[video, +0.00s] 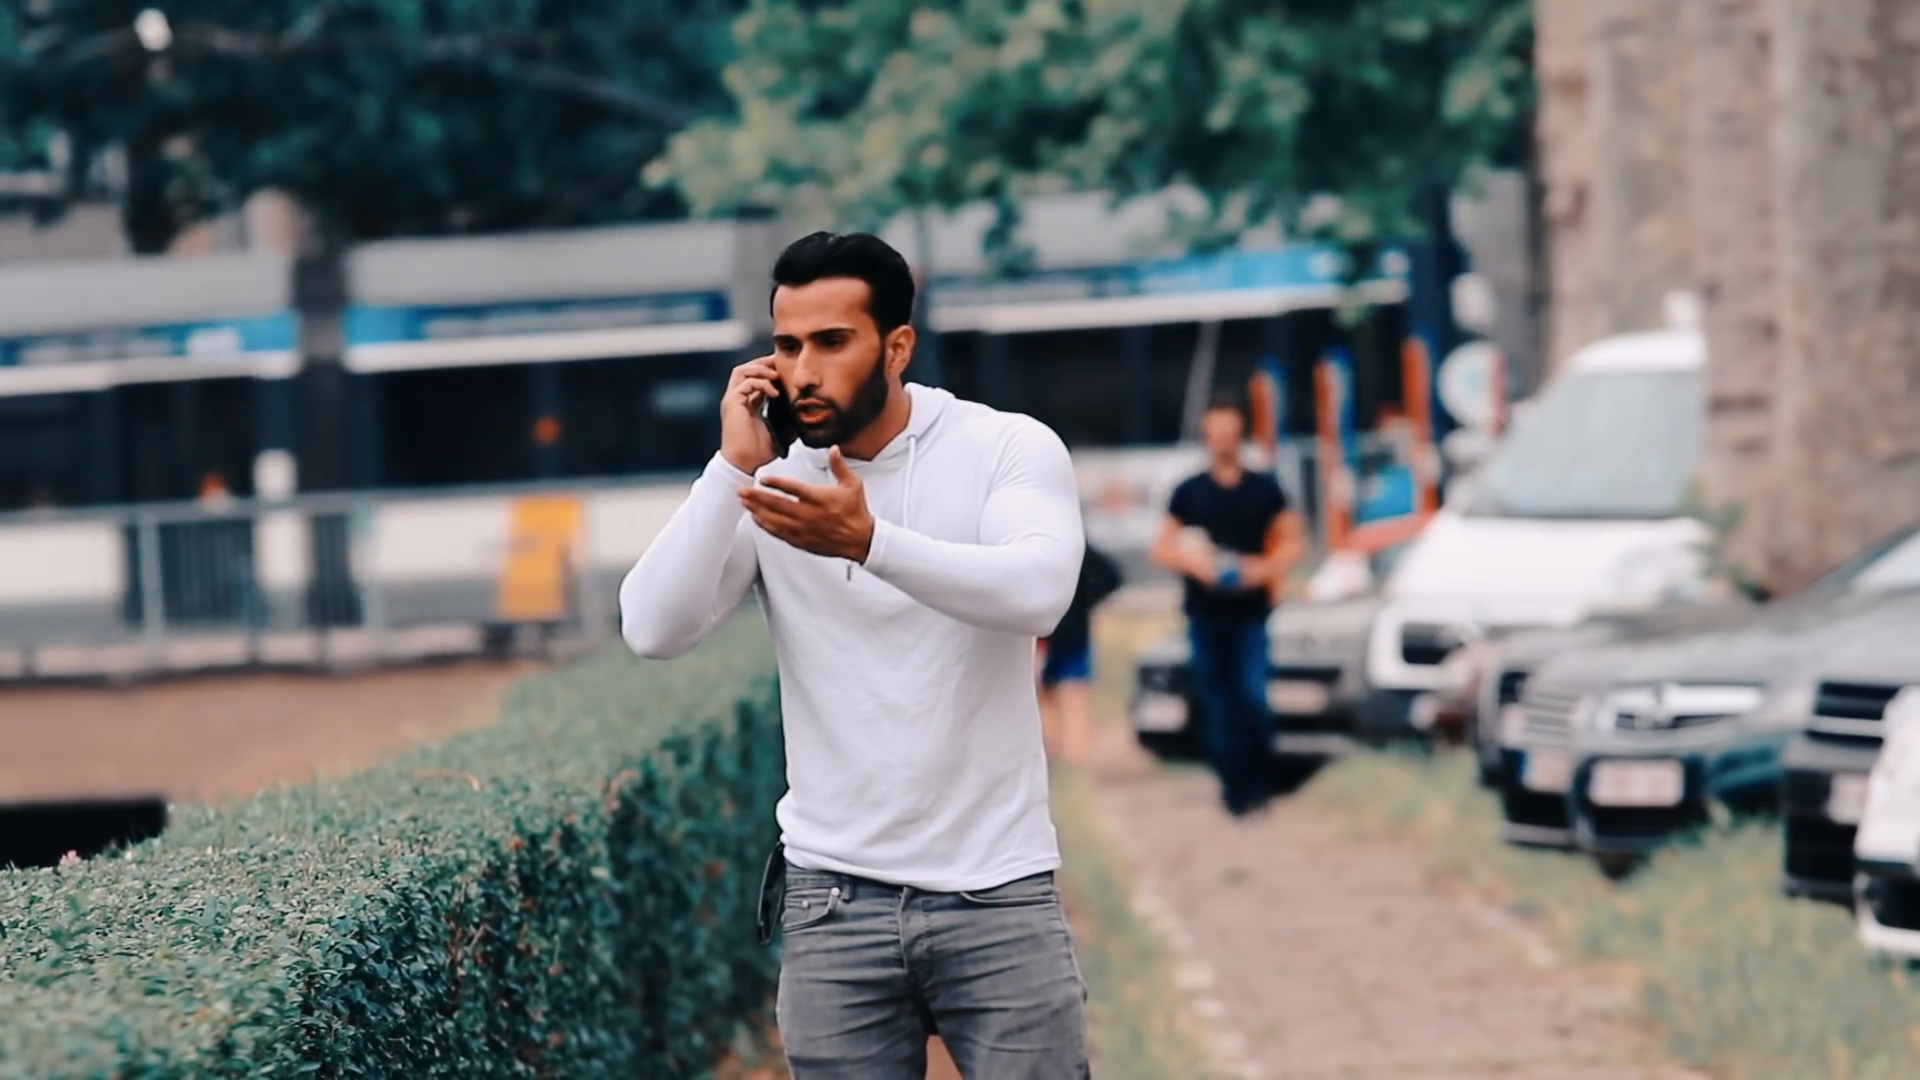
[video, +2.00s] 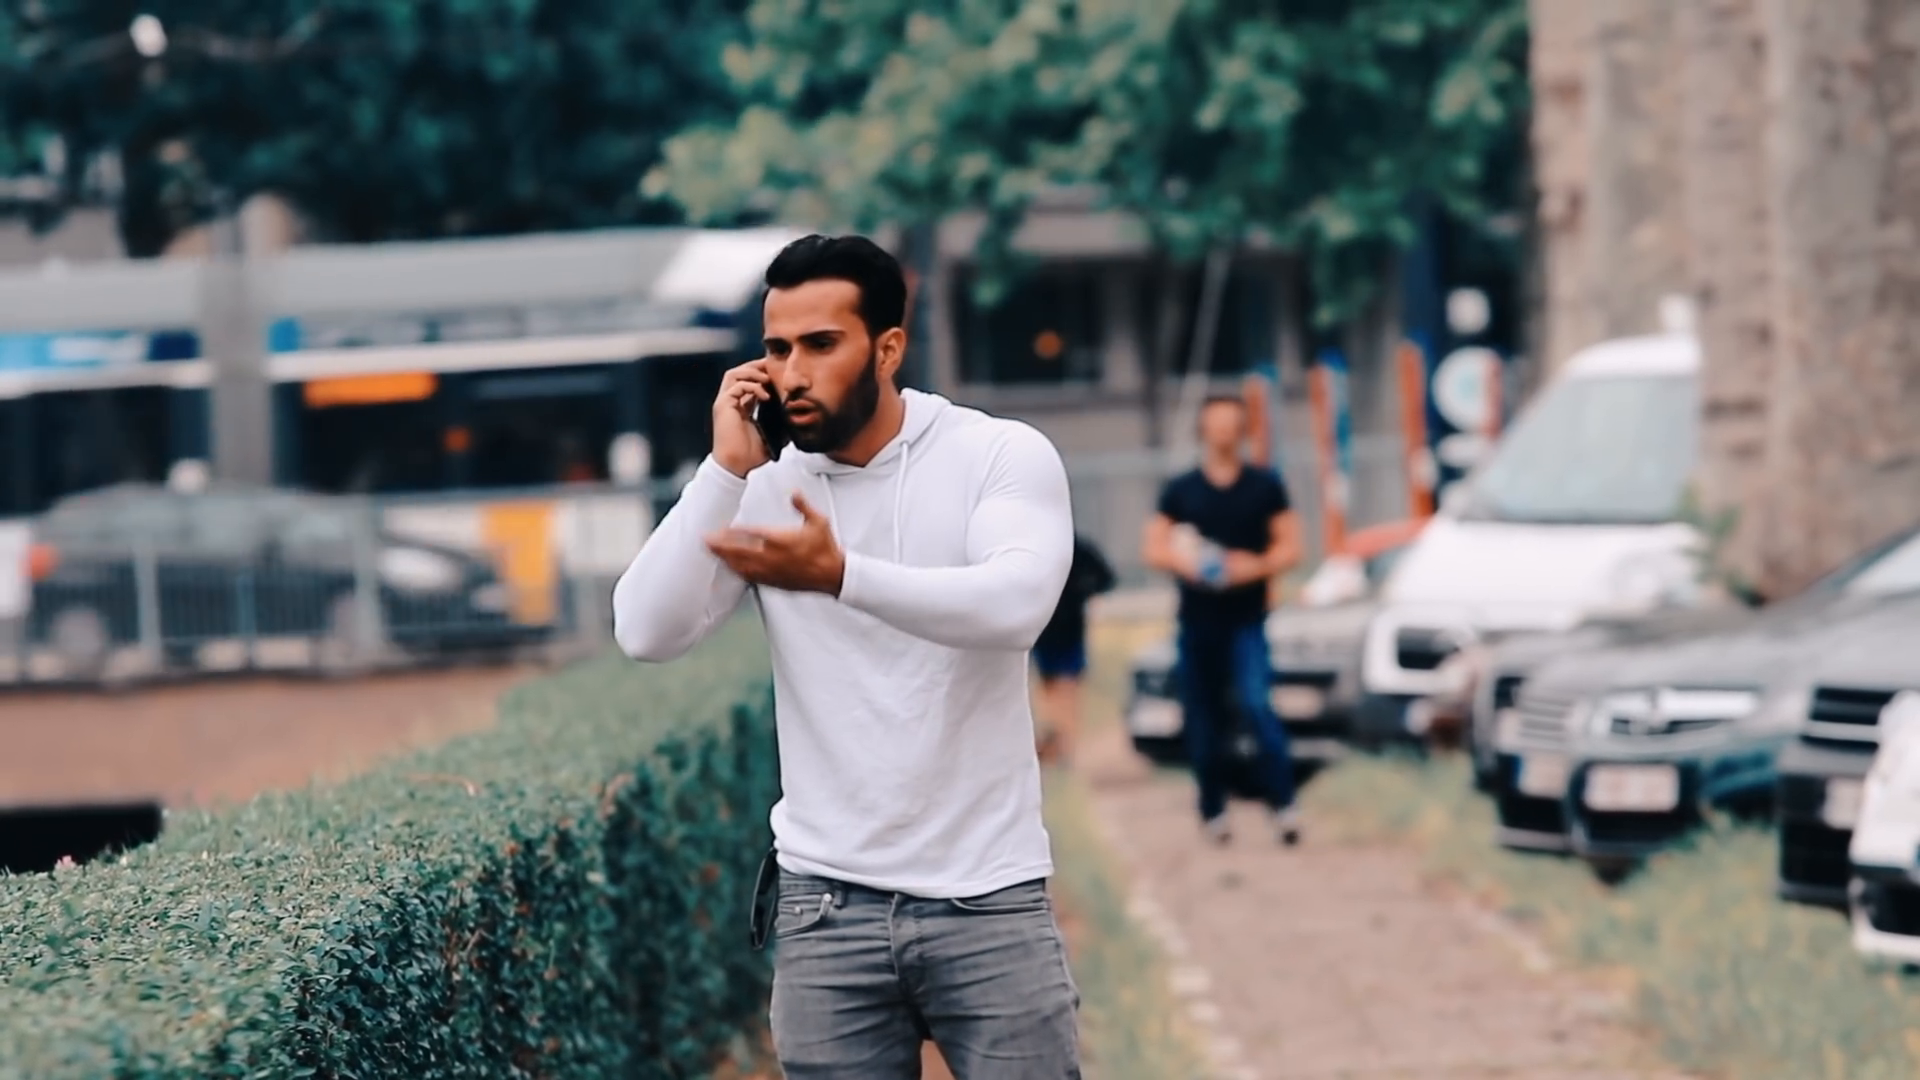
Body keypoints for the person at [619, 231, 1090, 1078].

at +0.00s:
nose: (801, 372)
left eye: (830, 342)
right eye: (787, 347)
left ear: (896, 346)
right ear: (771, 354)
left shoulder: (1012, 448)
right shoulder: (765, 485)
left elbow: (1037, 595)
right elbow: (651, 627)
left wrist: (867, 540)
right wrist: (733, 467)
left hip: (1000, 892)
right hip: (830, 899)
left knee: (1044, 1064)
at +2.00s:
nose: (790, 374)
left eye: (819, 345)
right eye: (778, 349)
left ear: (888, 347)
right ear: (763, 355)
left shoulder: (1006, 457)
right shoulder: (764, 487)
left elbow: (1014, 607)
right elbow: (645, 631)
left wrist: (838, 574)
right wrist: (723, 469)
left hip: (991, 897)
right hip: (822, 902)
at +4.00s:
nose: (792, 371)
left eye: (821, 341)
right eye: (779, 346)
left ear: (890, 344)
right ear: (764, 354)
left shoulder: (1009, 456)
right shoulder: (768, 483)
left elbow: (1011, 608)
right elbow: (648, 627)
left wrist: (836, 562)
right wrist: (725, 467)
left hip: (991, 896)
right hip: (823, 902)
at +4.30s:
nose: (794, 370)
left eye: (823, 340)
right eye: (781, 346)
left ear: (892, 343)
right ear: (766, 354)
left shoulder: (1010, 457)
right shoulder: (768, 488)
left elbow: (1010, 616)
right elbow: (651, 628)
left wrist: (839, 601)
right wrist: (728, 464)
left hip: (993, 898)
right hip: (825, 904)